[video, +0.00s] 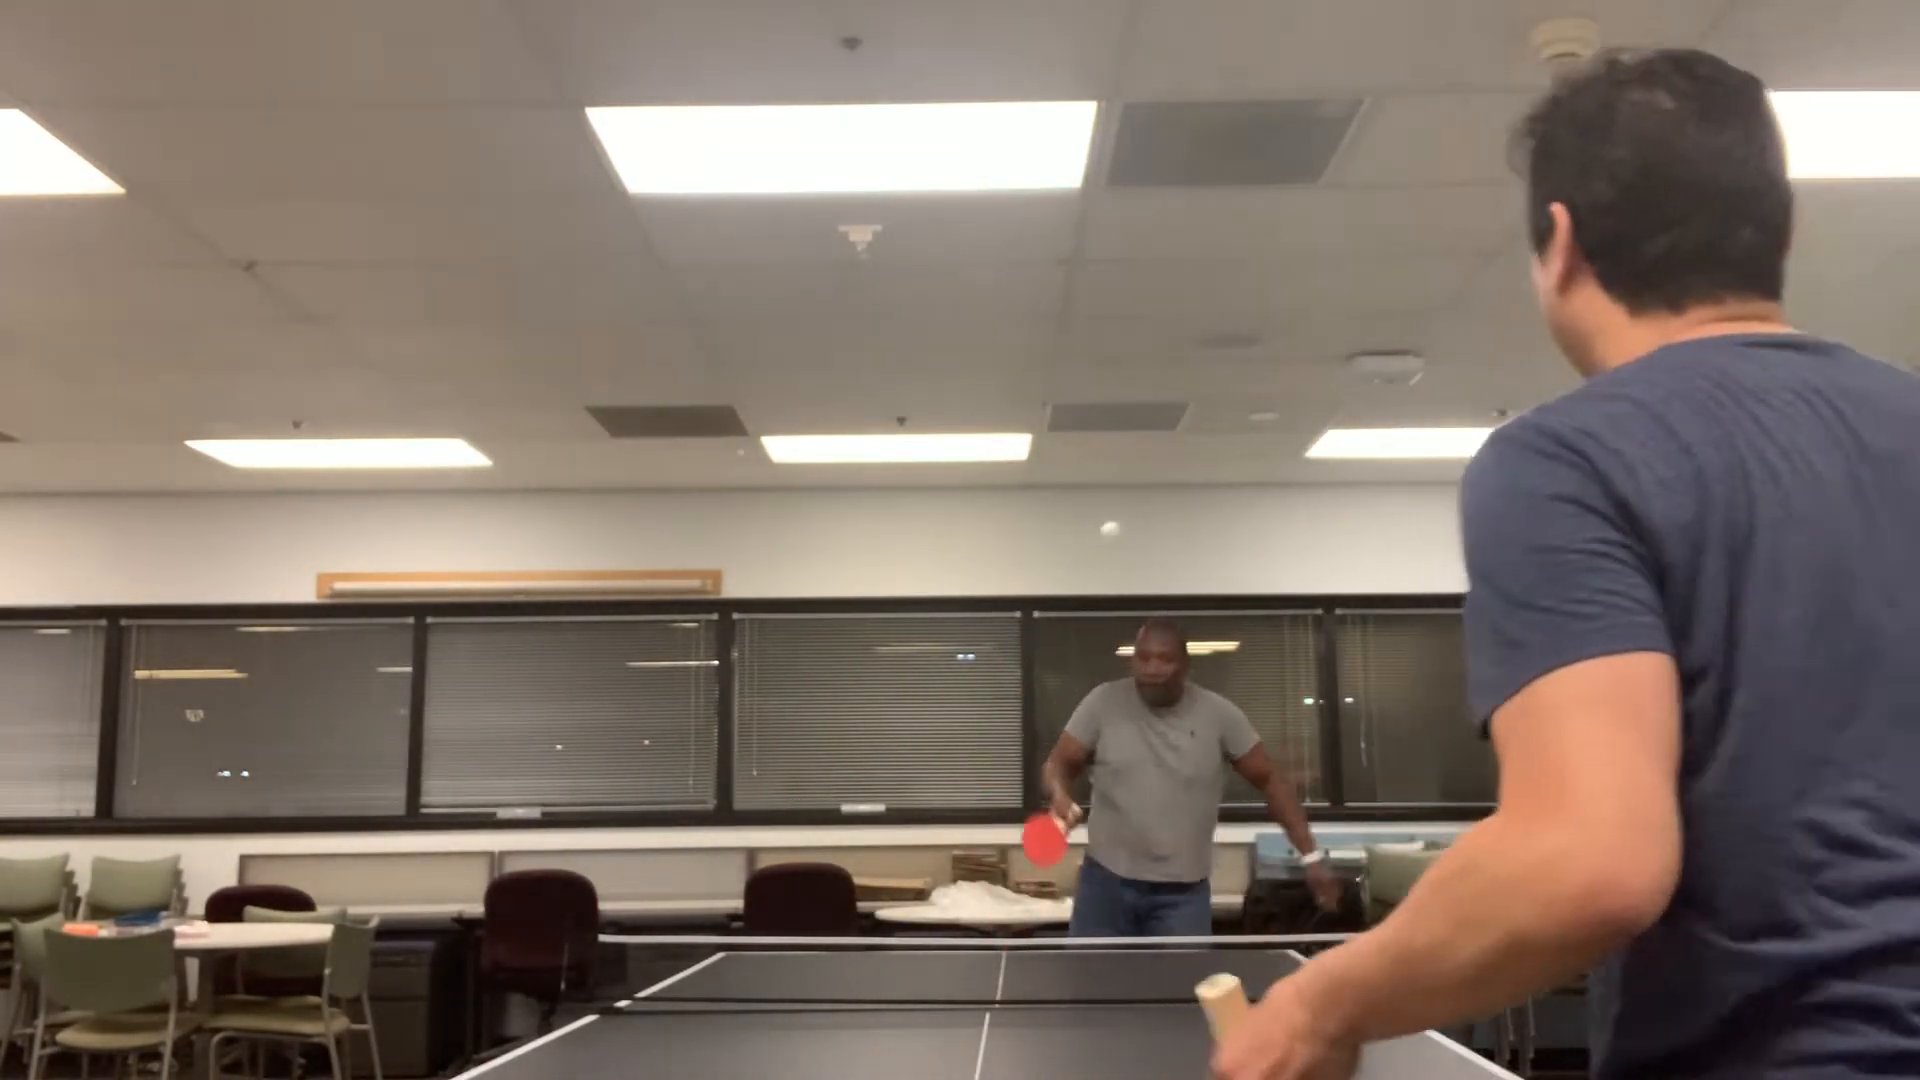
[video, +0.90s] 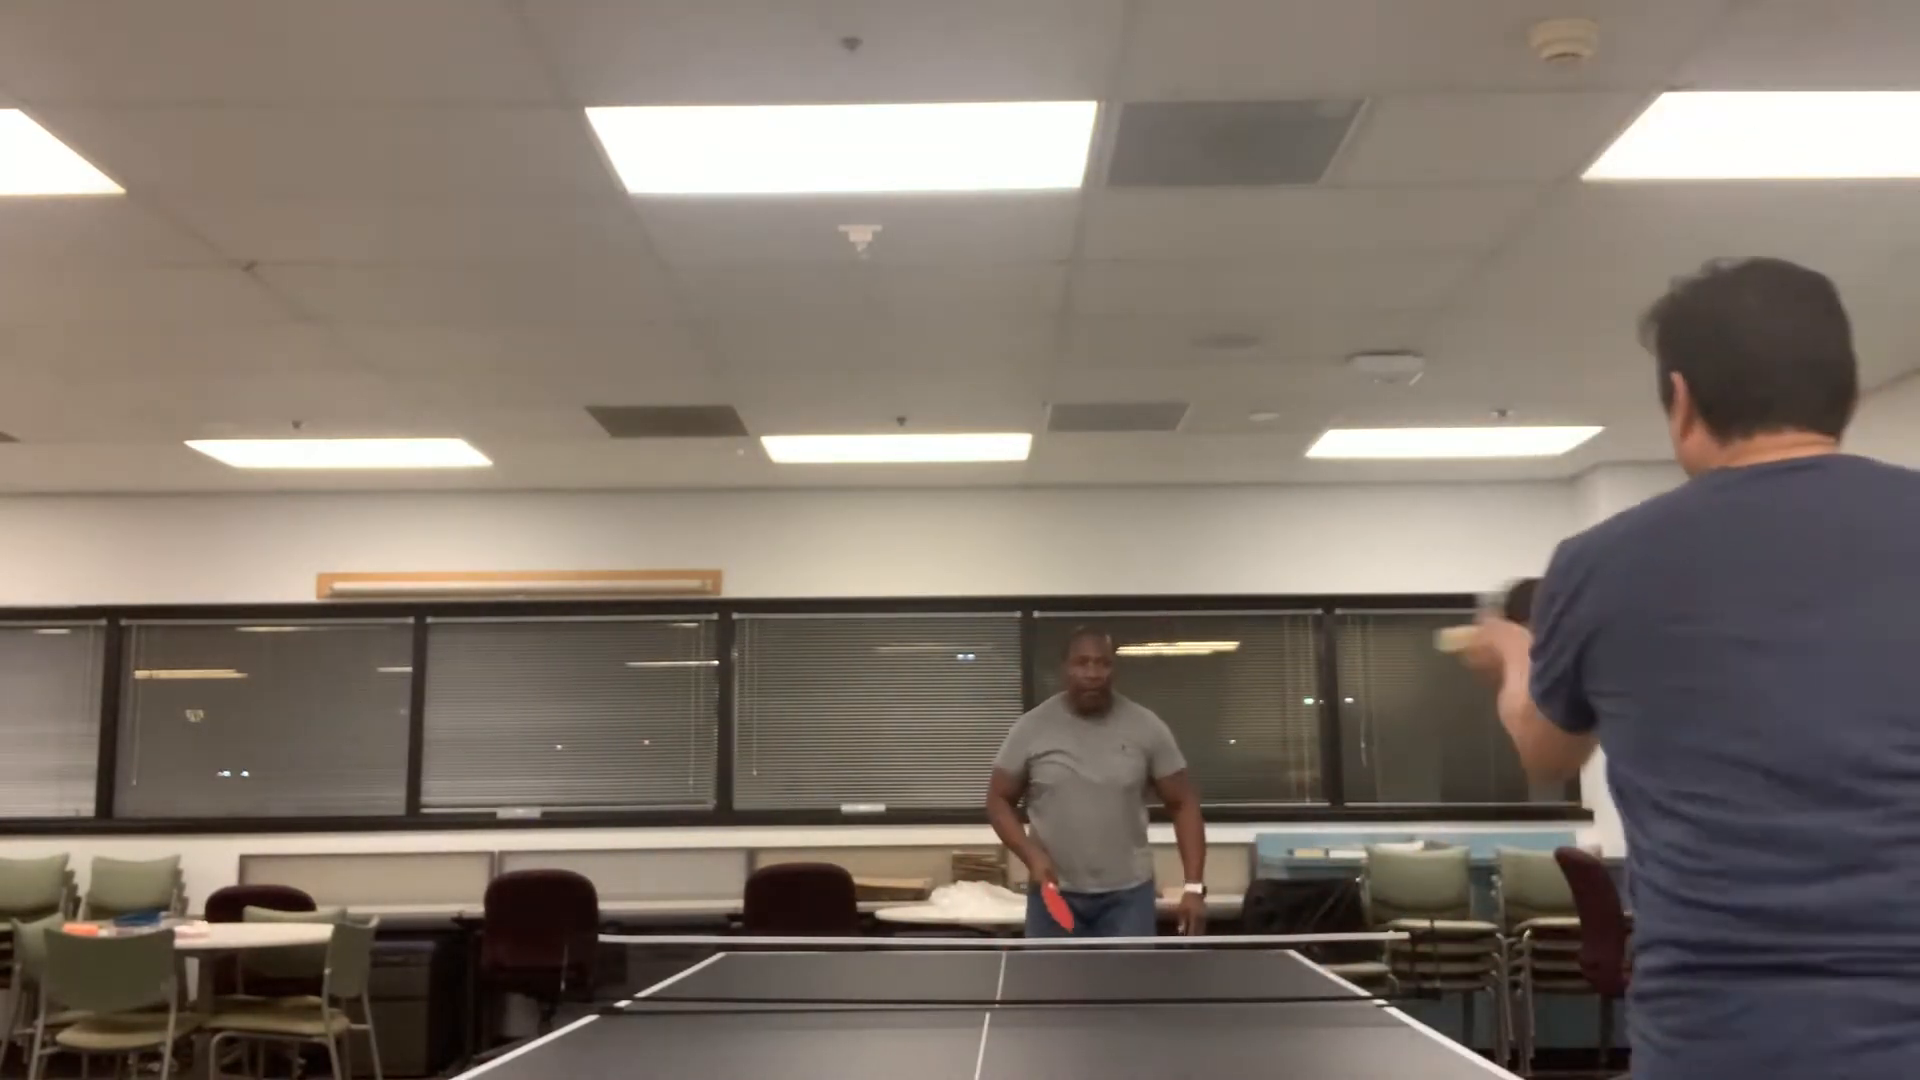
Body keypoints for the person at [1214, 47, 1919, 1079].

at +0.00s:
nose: (1533, 286)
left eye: (1528, 249)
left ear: (1562, 239)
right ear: (1775, 230)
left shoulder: (1571, 452)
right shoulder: (1902, 410)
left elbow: (1594, 859)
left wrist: (1323, 1000)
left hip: (1738, 1046)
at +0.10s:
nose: (1619, 292)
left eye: (1614, 255)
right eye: (1613, 259)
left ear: (1648, 247)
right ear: (1856, 235)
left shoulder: (1650, 466)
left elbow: (1657, 863)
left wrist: (1415, 1015)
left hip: (1771, 1045)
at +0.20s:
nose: (1726, 303)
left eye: (1722, 265)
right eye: (1721, 269)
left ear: (1760, 255)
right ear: (1913, 239)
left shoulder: (1741, 489)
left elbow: (1724, 886)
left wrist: (1544, 1016)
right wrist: (1557, 1011)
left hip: (1832, 1049)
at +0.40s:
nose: (1841, 353)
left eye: (1839, 319)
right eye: (1837, 321)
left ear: (1874, 301)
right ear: (1882, 296)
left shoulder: (1801, 535)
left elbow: (1694, 924)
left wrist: (1630, 913)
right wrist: (1650, 905)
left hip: (1888, 1045)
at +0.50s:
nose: (1834, 382)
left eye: (1831, 352)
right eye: (1829, 354)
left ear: (1864, 338)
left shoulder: (1789, 548)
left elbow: (1673, 899)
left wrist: (1626, 843)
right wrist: (1652, 841)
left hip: (1888, 1048)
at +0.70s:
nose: (1752, 435)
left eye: (1750, 410)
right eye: (1748, 412)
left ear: (1778, 408)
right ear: (1914, 387)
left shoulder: (1697, 594)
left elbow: (1613, 858)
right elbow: (1613, 857)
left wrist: (1593, 752)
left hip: (1809, 1050)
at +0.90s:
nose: (1665, 424)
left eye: (1660, 401)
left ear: (1682, 400)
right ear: (1847, 393)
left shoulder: (1605, 564)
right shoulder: (1911, 513)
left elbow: (1547, 754)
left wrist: (1514, 659)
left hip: (1705, 1043)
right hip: (1901, 1030)